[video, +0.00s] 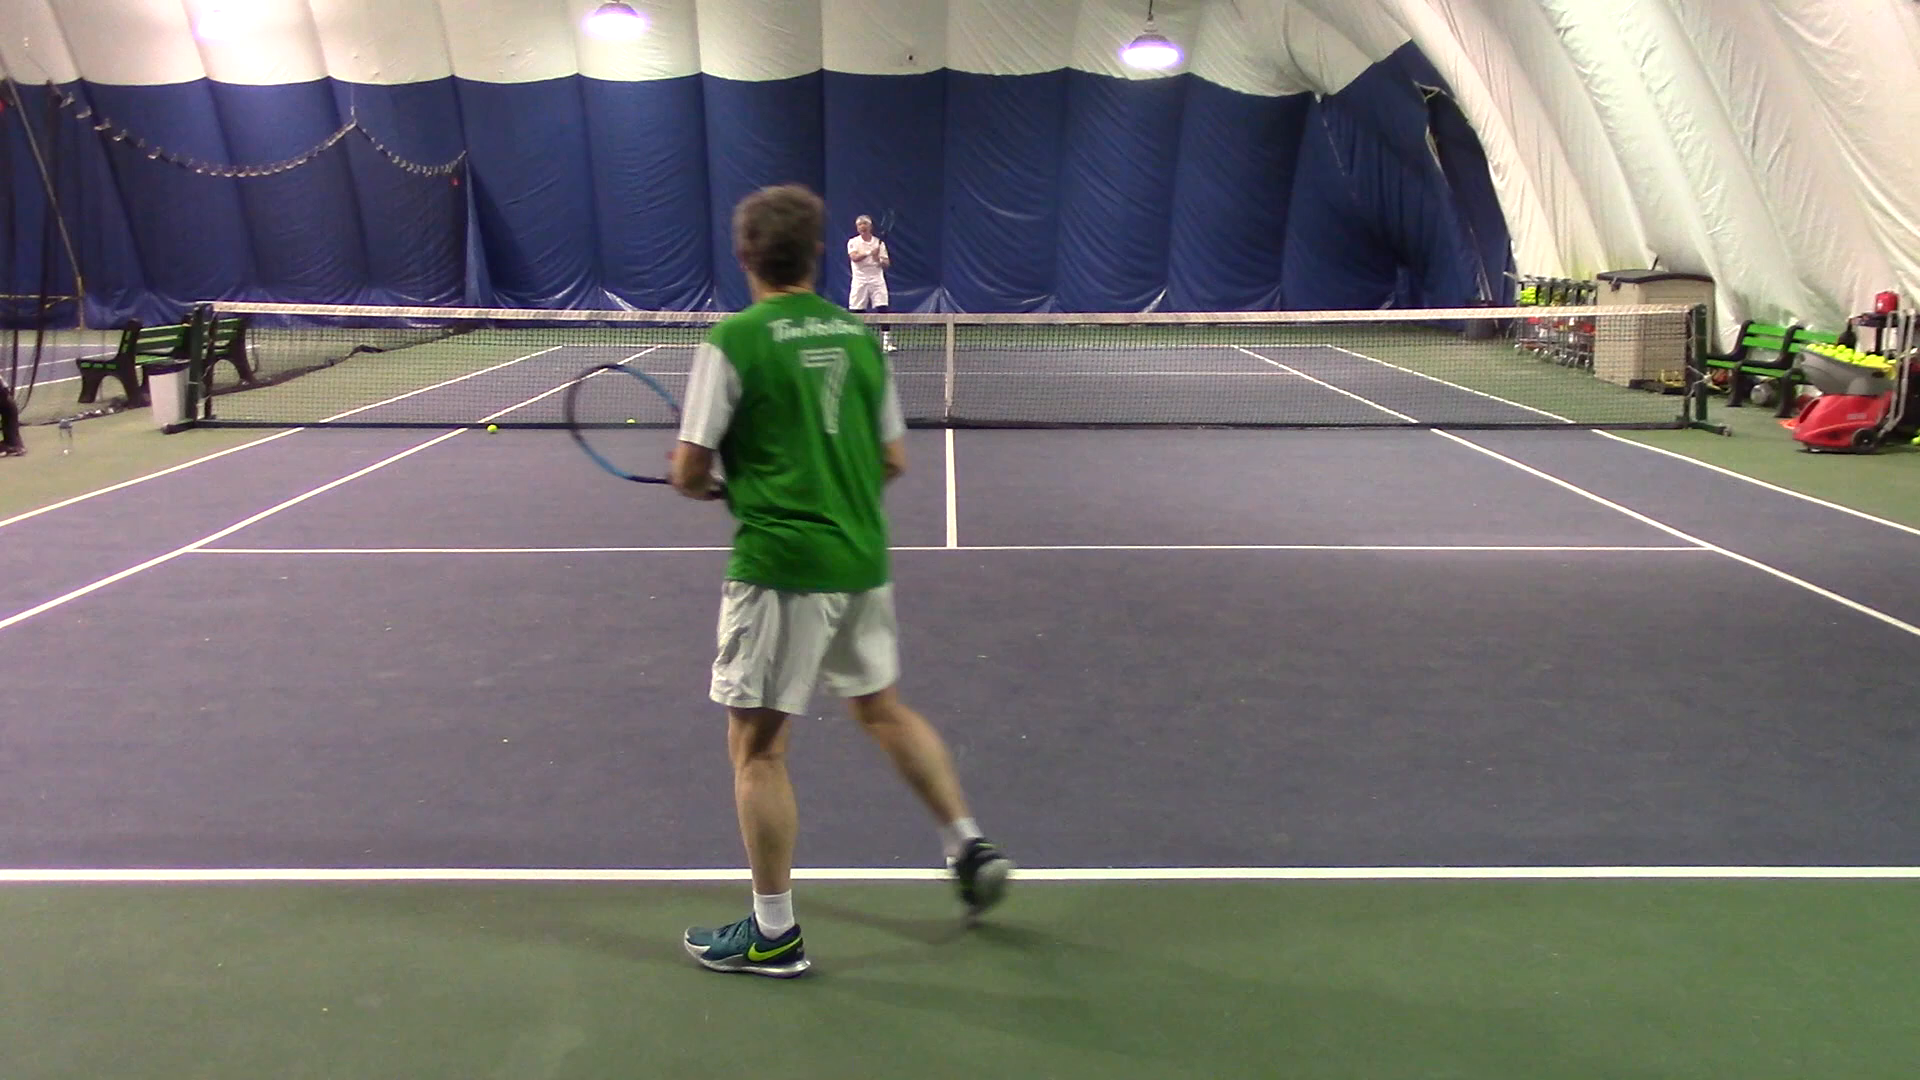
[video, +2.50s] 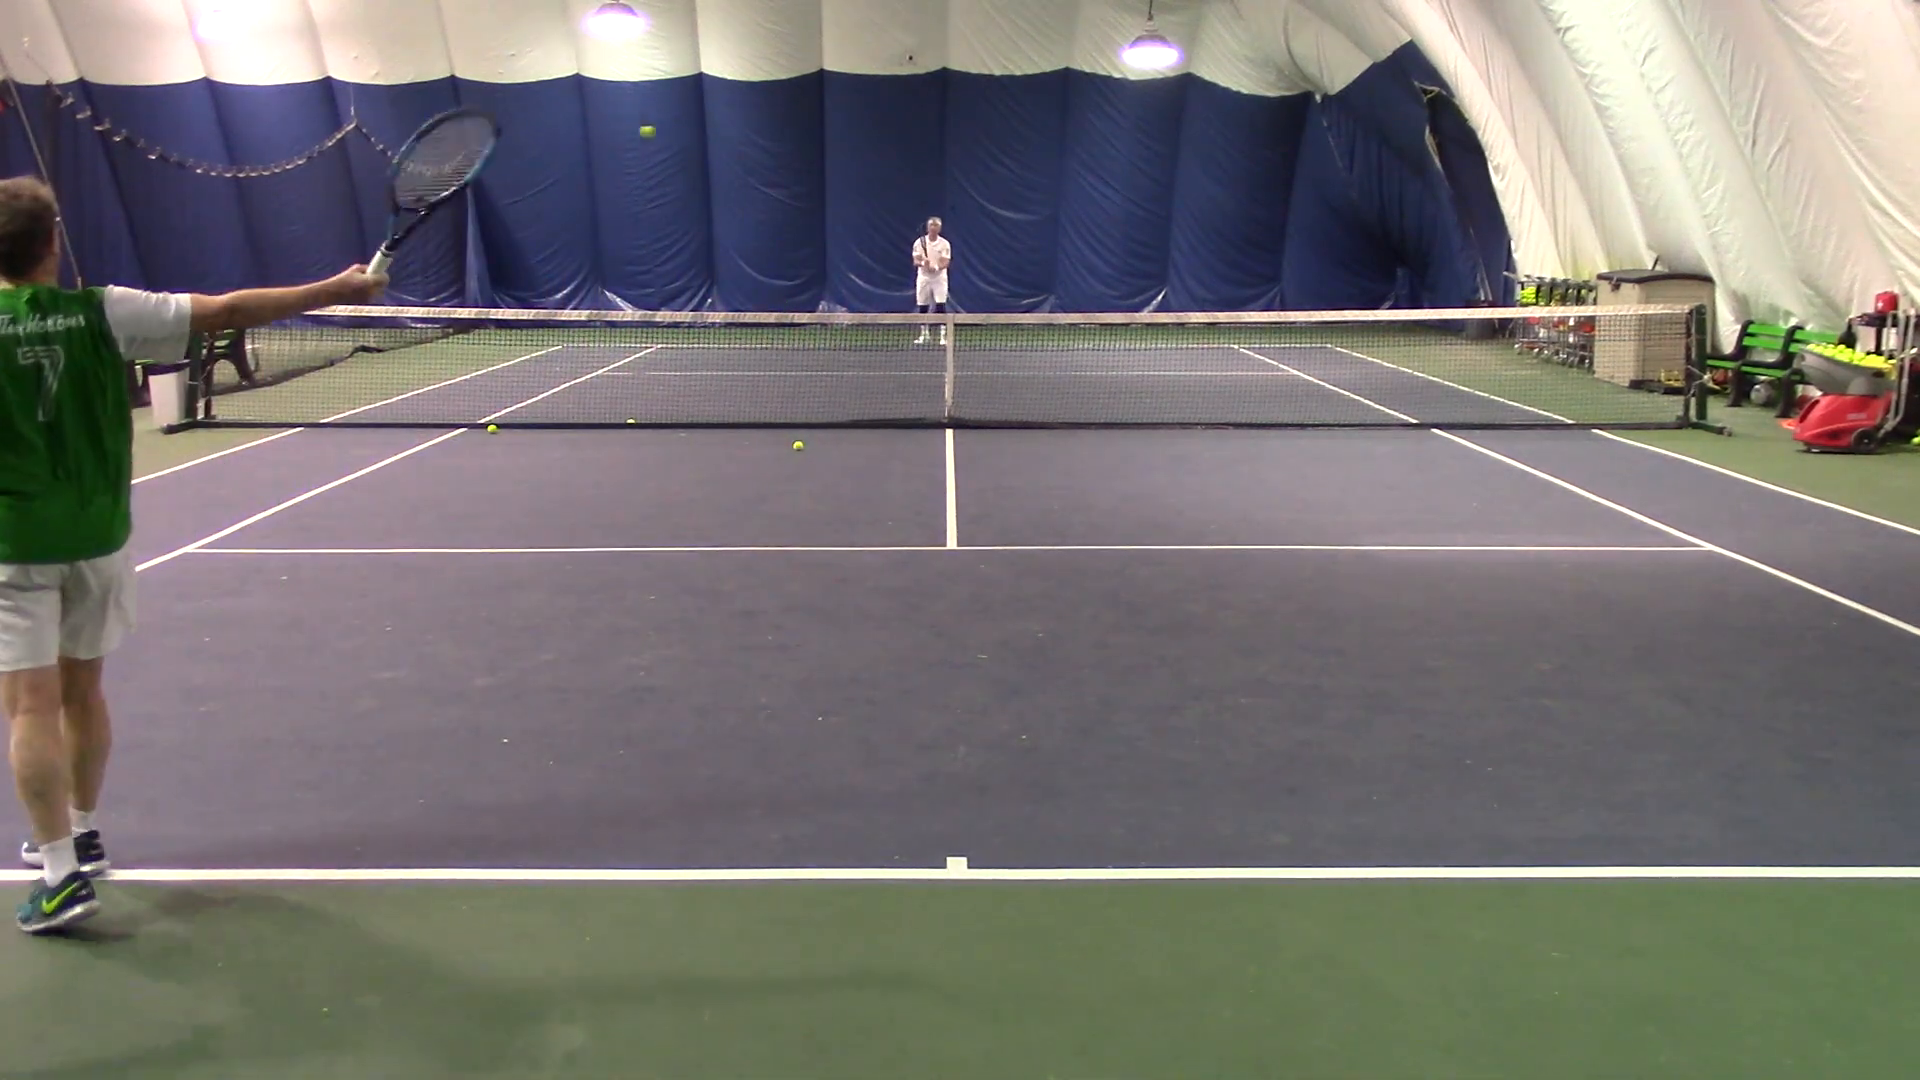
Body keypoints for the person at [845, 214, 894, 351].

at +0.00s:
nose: (863, 231)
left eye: (865, 228)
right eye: (860, 229)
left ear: (870, 227)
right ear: (857, 229)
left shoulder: (879, 243)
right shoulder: (853, 242)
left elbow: (886, 263)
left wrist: (877, 257)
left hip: (877, 279)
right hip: (859, 280)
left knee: (882, 309)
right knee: (856, 311)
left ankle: (886, 340)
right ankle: (854, 342)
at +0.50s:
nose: (872, 228)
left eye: (875, 226)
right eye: (870, 225)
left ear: (880, 228)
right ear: (866, 228)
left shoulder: (887, 246)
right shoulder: (860, 245)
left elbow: (891, 264)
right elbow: (855, 264)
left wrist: (878, 266)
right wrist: (861, 263)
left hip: (882, 282)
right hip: (865, 281)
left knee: (882, 312)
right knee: (863, 310)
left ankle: (882, 341)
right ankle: (860, 341)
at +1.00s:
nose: (887, 230)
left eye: (890, 228)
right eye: (886, 227)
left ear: (894, 230)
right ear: (882, 228)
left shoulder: (899, 246)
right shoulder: (873, 243)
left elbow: (900, 264)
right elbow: (866, 260)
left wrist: (887, 261)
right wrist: (874, 256)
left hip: (890, 281)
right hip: (875, 280)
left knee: (887, 308)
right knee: (877, 309)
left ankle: (882, 338)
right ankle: (888, 332)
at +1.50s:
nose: (900, 226)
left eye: (903, 223)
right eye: (898, 222)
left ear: (906, 225)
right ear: (894, 224)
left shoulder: (911, 240)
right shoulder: (888, 240)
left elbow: (907, 256)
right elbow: (882, 257)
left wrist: (892, 255)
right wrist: (885, 250)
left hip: (908, 277)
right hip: (892, 276)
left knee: (912, 306)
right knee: (891, 307)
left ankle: (919, 333)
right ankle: (894, 337)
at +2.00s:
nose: (928, 229)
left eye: (931, 226)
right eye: (926, 226)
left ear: (935, 229)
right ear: (923, 228)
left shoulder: (941, 244)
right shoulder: (916, 243)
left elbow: (942, 259)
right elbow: (913, 259)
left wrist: (931, 267)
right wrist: (919, 263)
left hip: (936, 279)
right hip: (919, 278)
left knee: (939, 307)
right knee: (912, 305)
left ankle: (942, 335)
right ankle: (908, 335)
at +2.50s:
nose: (933, 229)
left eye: (936, 226)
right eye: (931, 226)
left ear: (940, 228)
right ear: (928, 227)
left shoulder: (945, 244)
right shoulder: (919, 242)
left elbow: (946, 260)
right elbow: (916, 260)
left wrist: (938, 266)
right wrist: (924, 263)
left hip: (939, 277)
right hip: (924, 277)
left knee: (940, 305)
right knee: (923, 305)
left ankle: (943, 333)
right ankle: (924, 332)